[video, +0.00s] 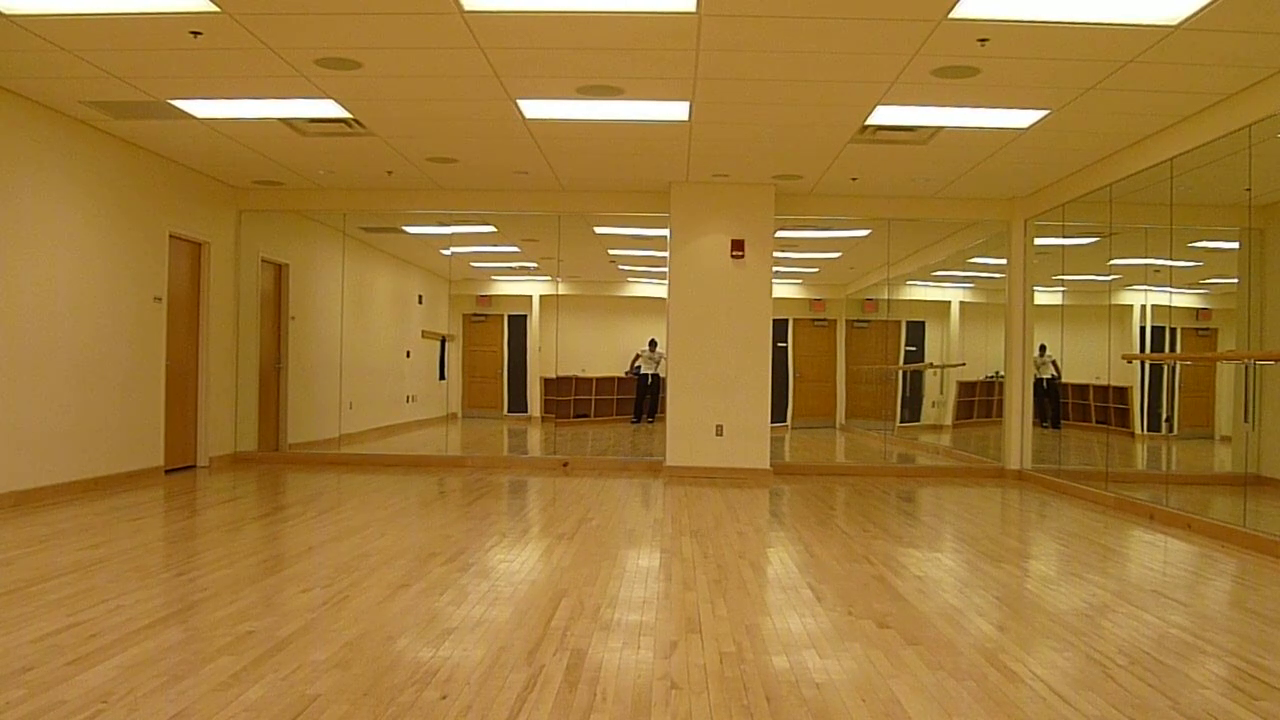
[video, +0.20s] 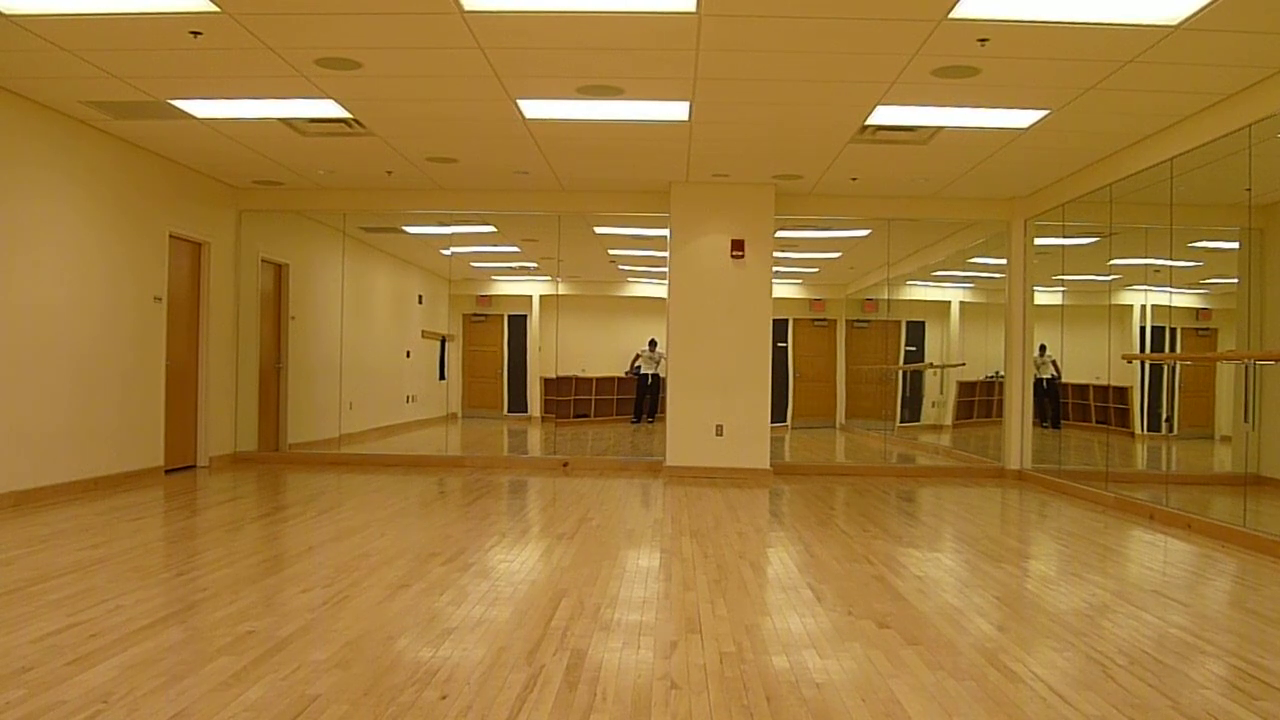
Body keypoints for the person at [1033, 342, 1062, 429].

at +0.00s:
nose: (1042, 353)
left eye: (1043, 351)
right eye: (1041, 351)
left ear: (1046, 351)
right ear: (1038, 351)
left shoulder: (1050, 358)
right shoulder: (1035, 359)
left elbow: (1056, 367)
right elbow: (1033, 369)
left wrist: (1059, 375)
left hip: (1050, 378)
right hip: (1039, 378)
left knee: (1054, 400)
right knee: (1041, 401)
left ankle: (1055, 422)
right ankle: (1043, 421)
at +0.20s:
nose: (1042, 352)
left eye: (1043, 350)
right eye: (1041, 350)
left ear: (1046, 350)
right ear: (1039, 350)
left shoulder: (1050, 358)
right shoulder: (1035, 359)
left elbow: (1056, 367)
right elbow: (1034, 369)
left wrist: (1059, 376)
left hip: (1050, 378)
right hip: (1039, 378)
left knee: (1054, 400)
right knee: (1041, 401)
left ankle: (1055, 422)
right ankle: (1043, 421)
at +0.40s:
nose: (1042, 353)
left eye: (1043, 351)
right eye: (1041, 351)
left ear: (1046, 351)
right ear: (1039, 351)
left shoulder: (1049, 358)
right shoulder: (1035, 359)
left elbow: (1056, 367)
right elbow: (1033, 369)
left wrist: (1059, 375)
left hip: (1050, 378)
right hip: (1039, 378)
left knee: (1054, 400)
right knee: (1040, 401)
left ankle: (1055, 421)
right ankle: (1043, 421)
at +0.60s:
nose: (1042, 352)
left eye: (1043, 350)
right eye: (1041, 350)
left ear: (1046, 350)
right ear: (1039, 350)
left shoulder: (1049, 358)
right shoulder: (1035, 359)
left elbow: (1056, 367)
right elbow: (1033, 369)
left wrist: (1059, 375)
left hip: (1050, 378)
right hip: (1039, 378)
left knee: (1054, 400)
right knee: (1040, 401)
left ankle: (1055, 422)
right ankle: (1043, 421)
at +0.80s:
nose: (1042, 352)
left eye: (1043, 350)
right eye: (1041, 350)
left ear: (1046, 350)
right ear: (1039, 350)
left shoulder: (1049, 358)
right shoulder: (1035, 359)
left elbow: (1056, 367)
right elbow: (1033, 369)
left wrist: (1059, 375)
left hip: (1050, 378)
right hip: (1039, 378)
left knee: (1054, 400)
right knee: (1040, 401)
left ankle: (1055, 422)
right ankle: (1043, 421)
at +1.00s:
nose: (1042, 352)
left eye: (1043, 350)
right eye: (1041, 350)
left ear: (1046, 350)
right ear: (1039, 350)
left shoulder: (1049, 357)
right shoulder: (1035, 359)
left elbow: (1056, 367)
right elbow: (1033, 368)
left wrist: (1059, 375)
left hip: (1050, 378)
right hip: (1039, 378)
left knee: (1054, 400)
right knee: (1040, 401)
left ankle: (1055, 421)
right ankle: (1043, 421)